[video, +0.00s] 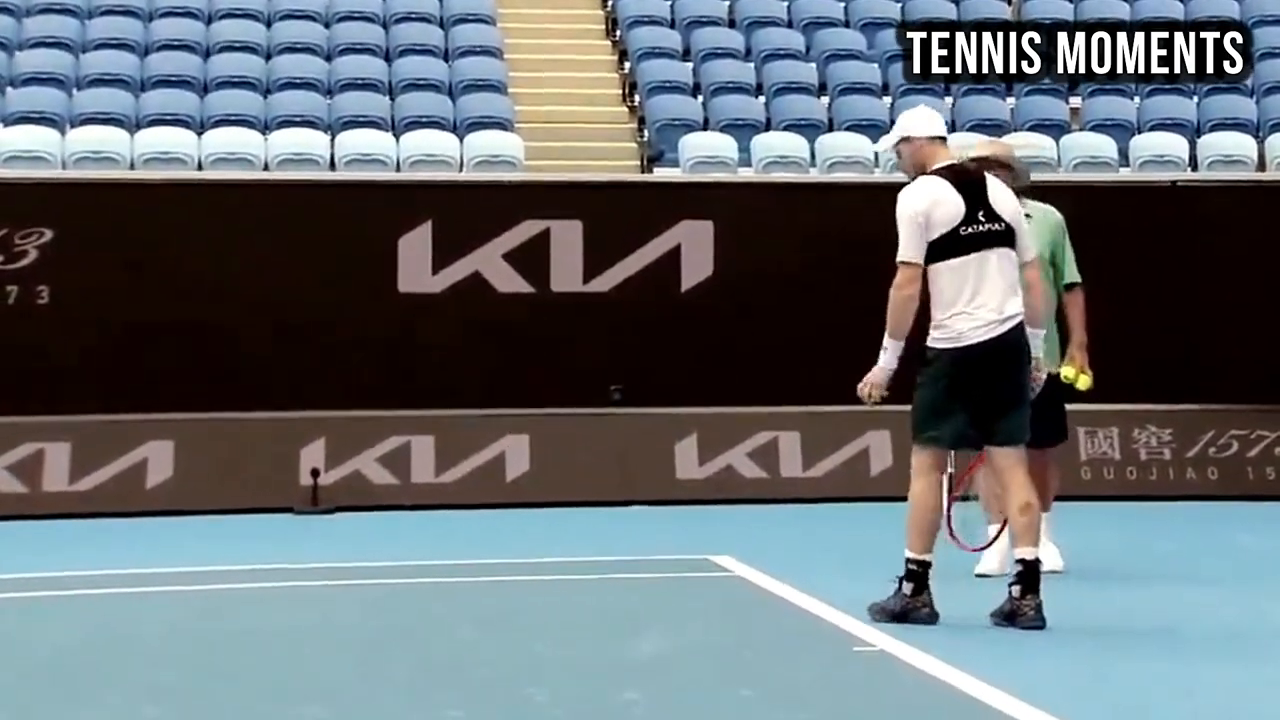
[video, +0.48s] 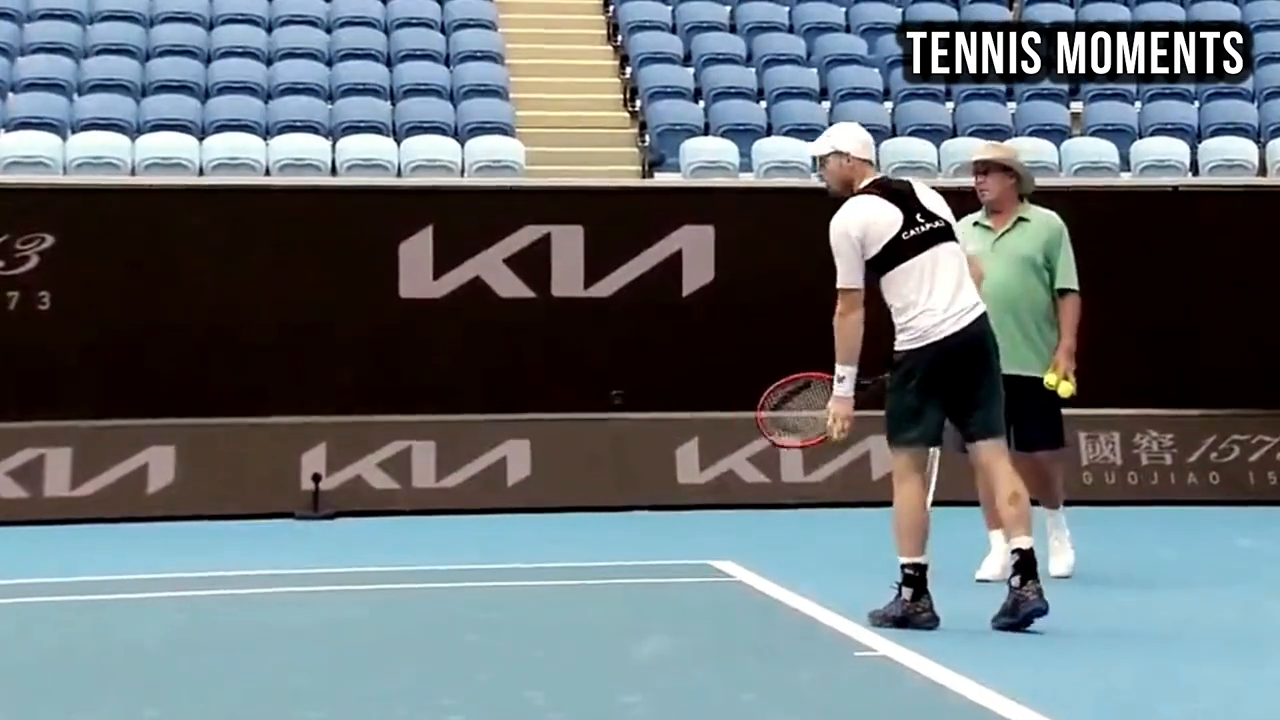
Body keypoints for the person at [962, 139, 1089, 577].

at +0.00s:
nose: (990, 178)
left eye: (998, 169)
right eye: (982, 169)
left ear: (1015, 174)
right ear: (972, 174)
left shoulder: (1046, 219)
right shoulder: (963, 221)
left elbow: (1071, 286)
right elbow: (945, 288)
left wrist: (1077, 344)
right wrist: (949, 341)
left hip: (1039, 352)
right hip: (983, 351)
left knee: (1041, 446)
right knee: (985, 450)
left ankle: (1041, 531)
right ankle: (998, 534)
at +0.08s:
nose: (983, 179)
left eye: (991, 171)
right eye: (976, 172)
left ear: (1012, 177)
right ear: (970, 177)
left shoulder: (1045, 222)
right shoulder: (966, 223)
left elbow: (1069, 287)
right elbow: (953, 290)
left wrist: (1073, 345)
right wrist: (958, 344)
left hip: (1037, 359)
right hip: (986, 357)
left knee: (1040, 449)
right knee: (989, 453)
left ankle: (1041, 531)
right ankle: (997, 538)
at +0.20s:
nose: (975, 182)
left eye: (984, 174)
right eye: (971, 175)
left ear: (1008, 179)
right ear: (969, 183)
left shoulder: (1044, 225)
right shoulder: (965, 228)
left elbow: (1066, 291)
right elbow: (953, 294)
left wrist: (1068, 348)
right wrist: (958, 351)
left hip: (1035, 363)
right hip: (984, 363)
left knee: (1037, 453)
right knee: (987, 455)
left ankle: (1040, 534)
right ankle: (997, 542)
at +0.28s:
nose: (974, 179)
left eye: (984, 171)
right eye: (971, 172)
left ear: (1009, 177)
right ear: (969, 181)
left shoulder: (1044, 223)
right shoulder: (963, 228)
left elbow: (1066, 289)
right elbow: (952, 293)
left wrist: (1066, 346)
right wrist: (956, 348)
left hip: (1033, 361)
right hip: (981, 361)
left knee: (1036, 450)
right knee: (984, 452)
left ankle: (1041, 533)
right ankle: (998, 540)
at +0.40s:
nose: (978, 180)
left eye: (988, 172)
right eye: (975, 173)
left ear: (1012, 179)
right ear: (973, 182)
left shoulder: (1046, 225)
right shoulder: (962, 229)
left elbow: (1066, 291)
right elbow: (953, 294)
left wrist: (1066, 347)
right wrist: (957, 349)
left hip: (1035, 363)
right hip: (982, 362)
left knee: (1039, 451)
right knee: (984, 453)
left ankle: (1050, 529)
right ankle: (999, 541)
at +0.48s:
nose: (980, 180)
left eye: (989, 173)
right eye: (977, 174)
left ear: (1014, 179)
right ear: (976, 182)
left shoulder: (1048, 226)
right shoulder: (963, 230)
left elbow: (1068, 292)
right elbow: (952, 294)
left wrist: (1066, 348)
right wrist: (954, 350)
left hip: (1035, 365)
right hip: (981, 363)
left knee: (1041, 453)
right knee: (983, 454)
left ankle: (1056, 532)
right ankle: (1000, 543)